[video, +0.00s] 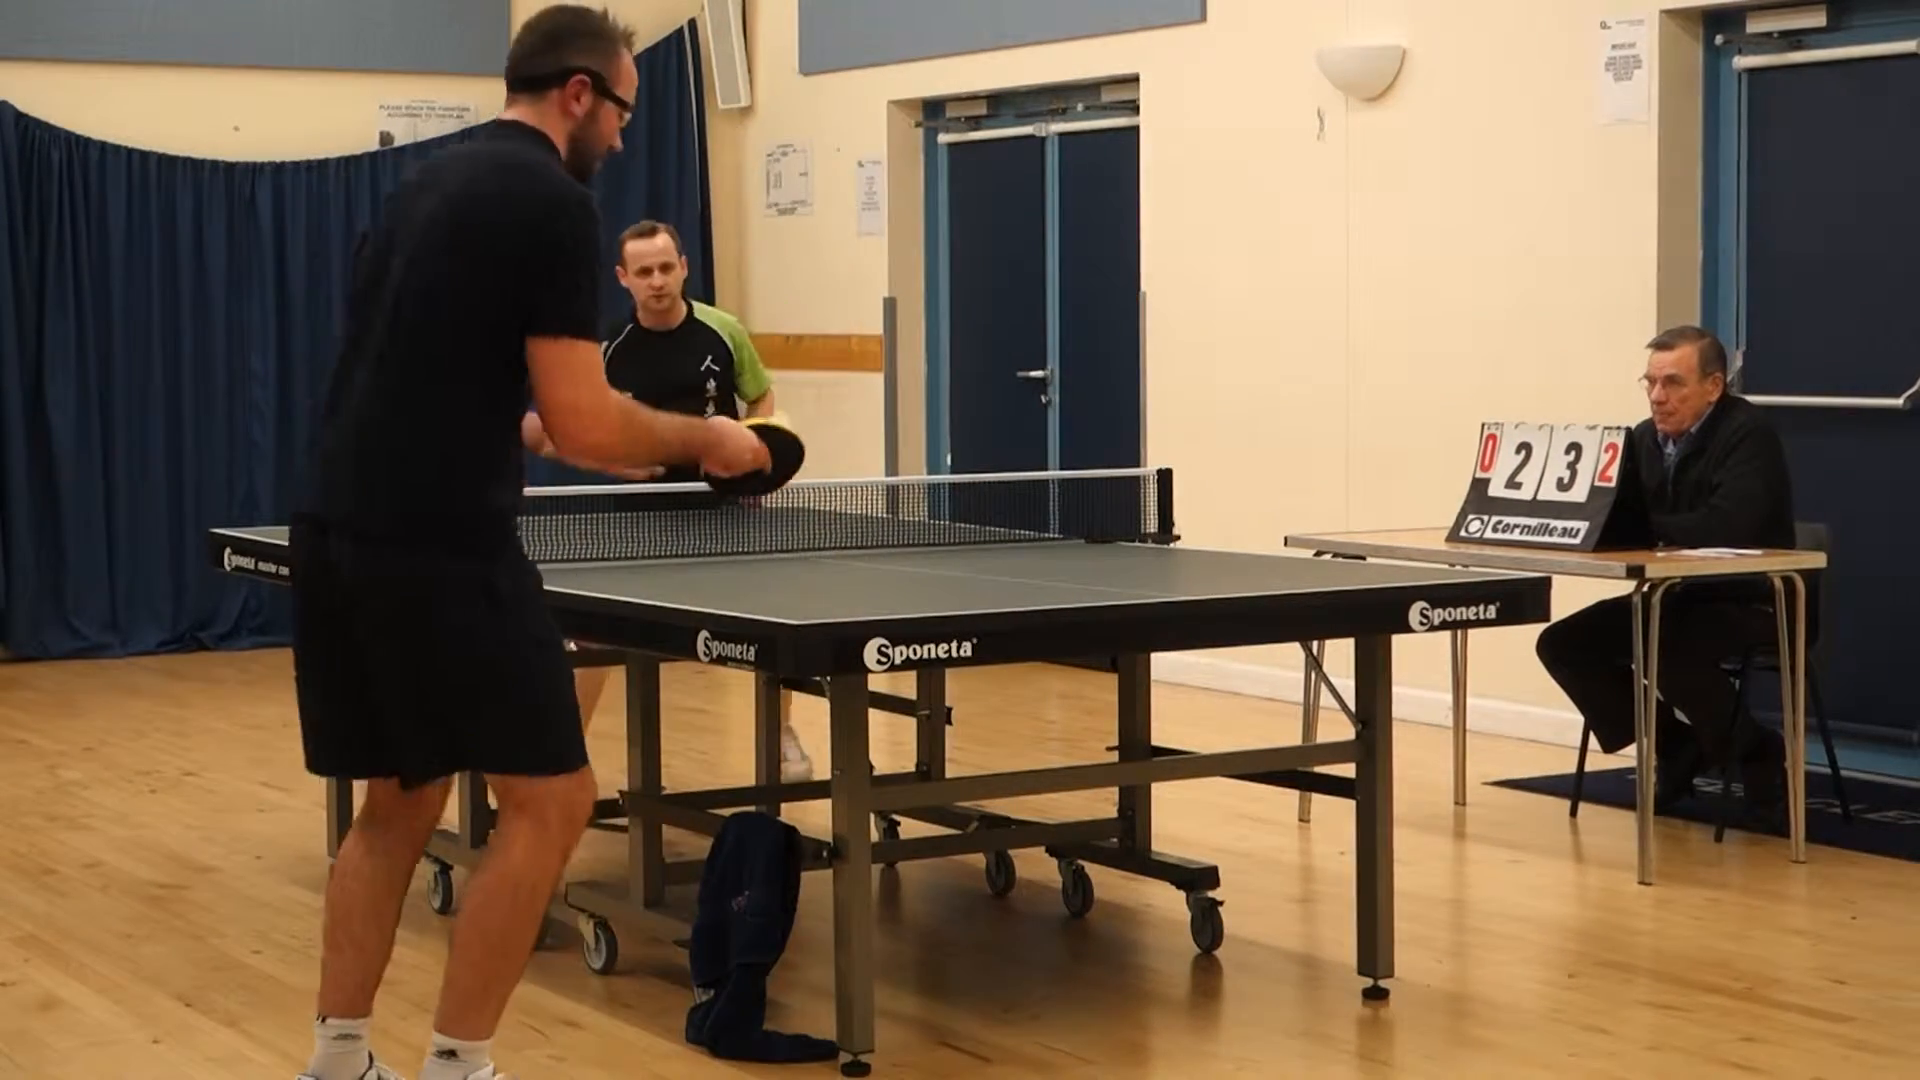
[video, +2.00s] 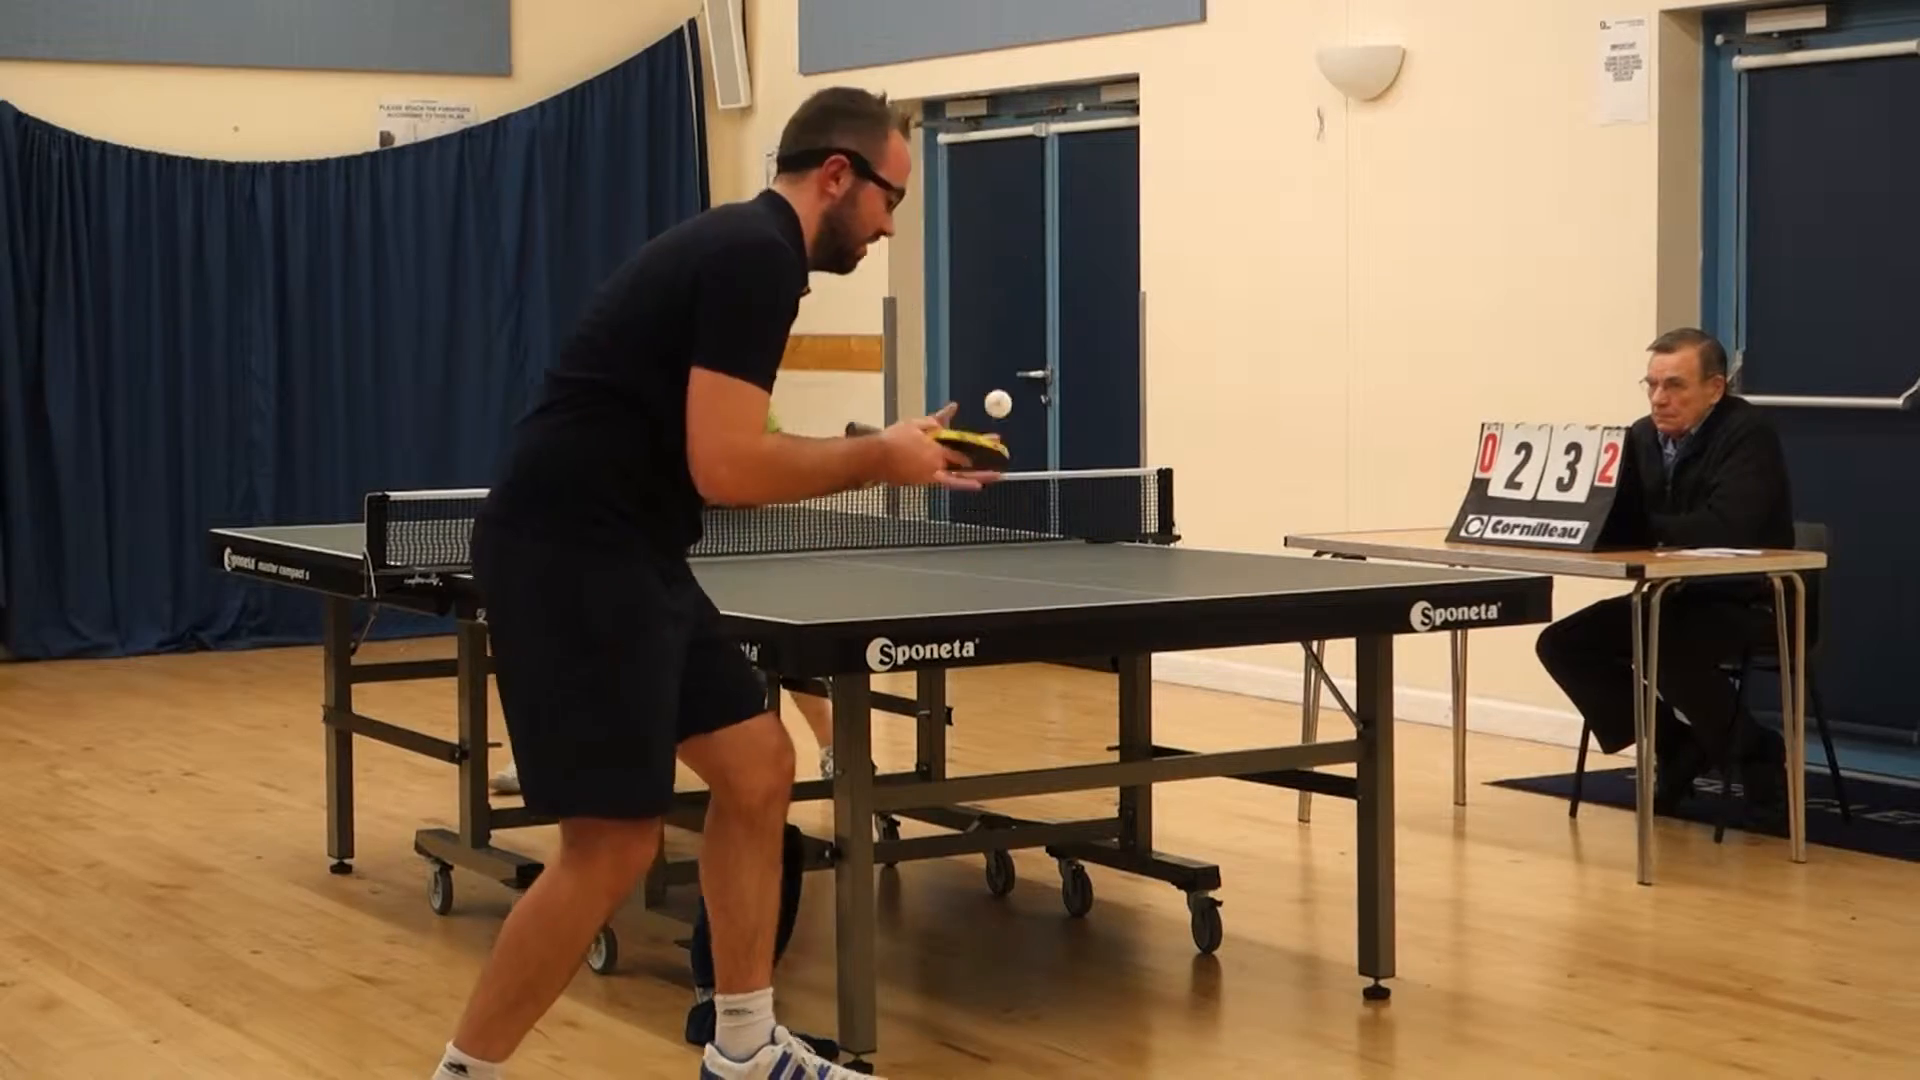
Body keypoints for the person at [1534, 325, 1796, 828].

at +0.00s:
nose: (1657, 395)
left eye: (1672, 382)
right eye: (1651, 381)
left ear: (1714, 387)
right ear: (1644, 382)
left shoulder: (1749, 435)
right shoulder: (1642, 440)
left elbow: (1733, 526)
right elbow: (1612, 518)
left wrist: (1642, 532)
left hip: (1756, 600)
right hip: (1672, 597)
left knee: (1669, 646)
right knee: (1562, 644)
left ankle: (1757, 751)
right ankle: (1675, 743)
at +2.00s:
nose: (1659, 397)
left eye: (1674, 385)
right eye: (1653, 384)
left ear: (1715, 389)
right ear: (1645, 385)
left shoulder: (1749, 435)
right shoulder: (1641, 438)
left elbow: (1733, 527)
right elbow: (1613, 520)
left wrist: (1642, 531)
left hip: (1753, 600)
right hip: (1672, 595)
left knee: (1668, 647)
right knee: (1562, 644)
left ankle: (1757, 750)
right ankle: (1674, 744)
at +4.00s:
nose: (1647, 400)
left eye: (1661, 388)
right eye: (1644, 387)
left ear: (1706, 393)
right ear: (1639, 388)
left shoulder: (1746, 435)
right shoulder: (1639, 440)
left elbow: (1734, 528)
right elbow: (1611, 521)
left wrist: (1641, 532)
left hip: (1758, 601)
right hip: (1675, 597)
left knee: (1669, 646)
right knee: (1560, 639)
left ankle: (1760, 753)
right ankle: (1671, 741)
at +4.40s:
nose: (1639, 396)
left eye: (1653, 385)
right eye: (1640, 383)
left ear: (1698, 393)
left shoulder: (1746, 435)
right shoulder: (1642, 439)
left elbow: (1734, 528)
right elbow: (1623, 529)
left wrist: (1647, 532)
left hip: (1755, 597)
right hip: (1677, 592)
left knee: (1670, 642)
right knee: (1605, 629)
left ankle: (1758, 753)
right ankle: (1675, 742)